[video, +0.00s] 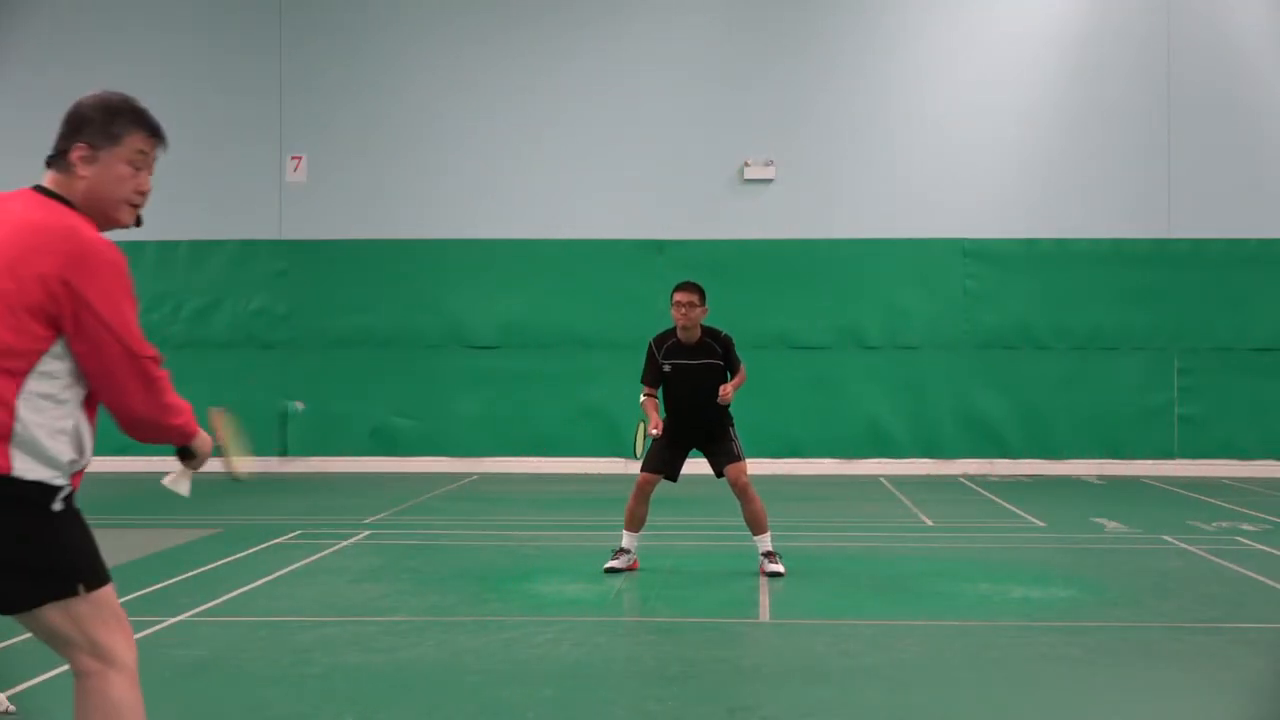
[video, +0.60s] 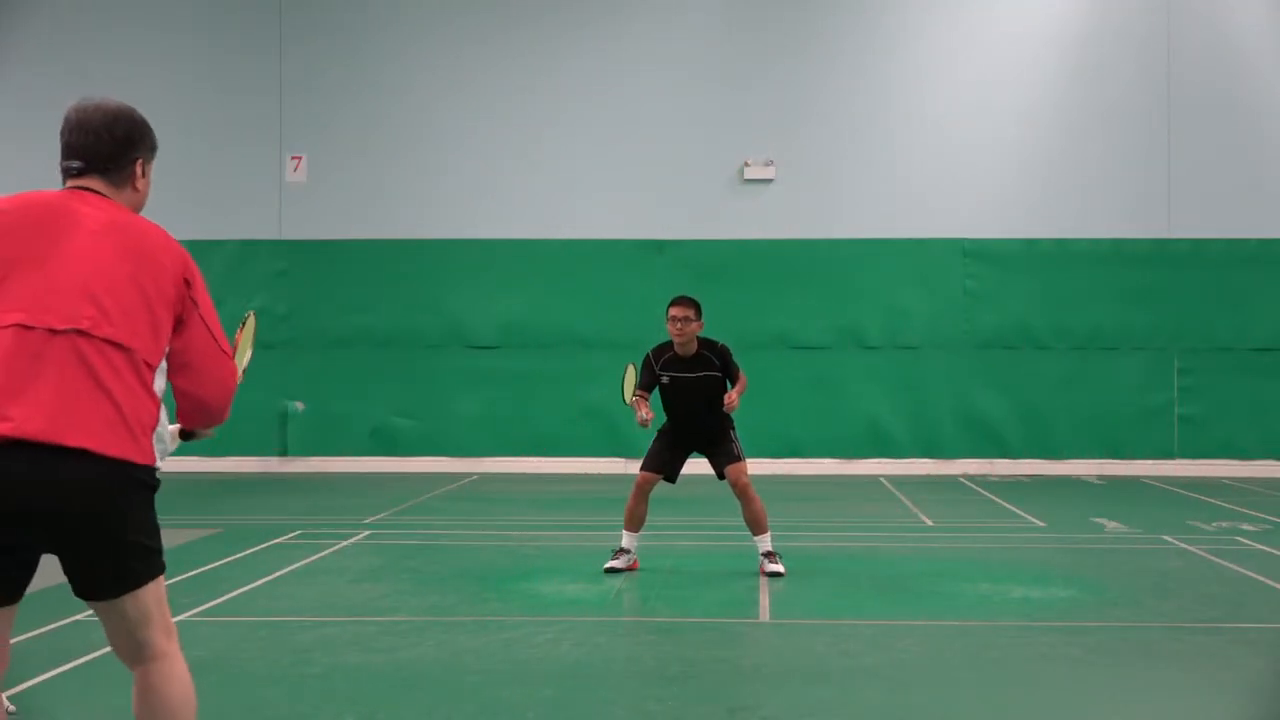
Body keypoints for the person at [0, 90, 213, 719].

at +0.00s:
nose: (147, 186)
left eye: (151, 171)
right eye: (136, 166)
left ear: (78, 162)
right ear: (80, 159)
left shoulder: (14, 213)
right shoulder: (81, 248)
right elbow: (132, 387)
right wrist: (187, 435)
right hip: (19, 485)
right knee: (105, 654)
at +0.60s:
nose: (151, 182)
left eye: (151, 170)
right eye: (151, 170)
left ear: (67, 165)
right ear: (139, 171)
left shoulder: (6, 212)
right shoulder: (162, 252)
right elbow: (210, 391)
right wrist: (193, 420)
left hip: (2, 459)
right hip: (103, 471)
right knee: (152, 652)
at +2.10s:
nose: (193, 213)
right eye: (191, 202)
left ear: (109, 198)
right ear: (182, 205)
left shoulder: (47, 236)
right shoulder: (207, 273)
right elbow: (218, 373)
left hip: (35, 455)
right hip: (150, 464)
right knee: (168, 639)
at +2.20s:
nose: (190, 206)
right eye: (189, 195)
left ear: (106, 193)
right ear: (180, 198)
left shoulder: (47, 230)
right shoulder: (206, 269)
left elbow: (1, 315)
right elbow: (219, 380)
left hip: (35, 451)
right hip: (150, 461)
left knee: (0, 640)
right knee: (169, 641)